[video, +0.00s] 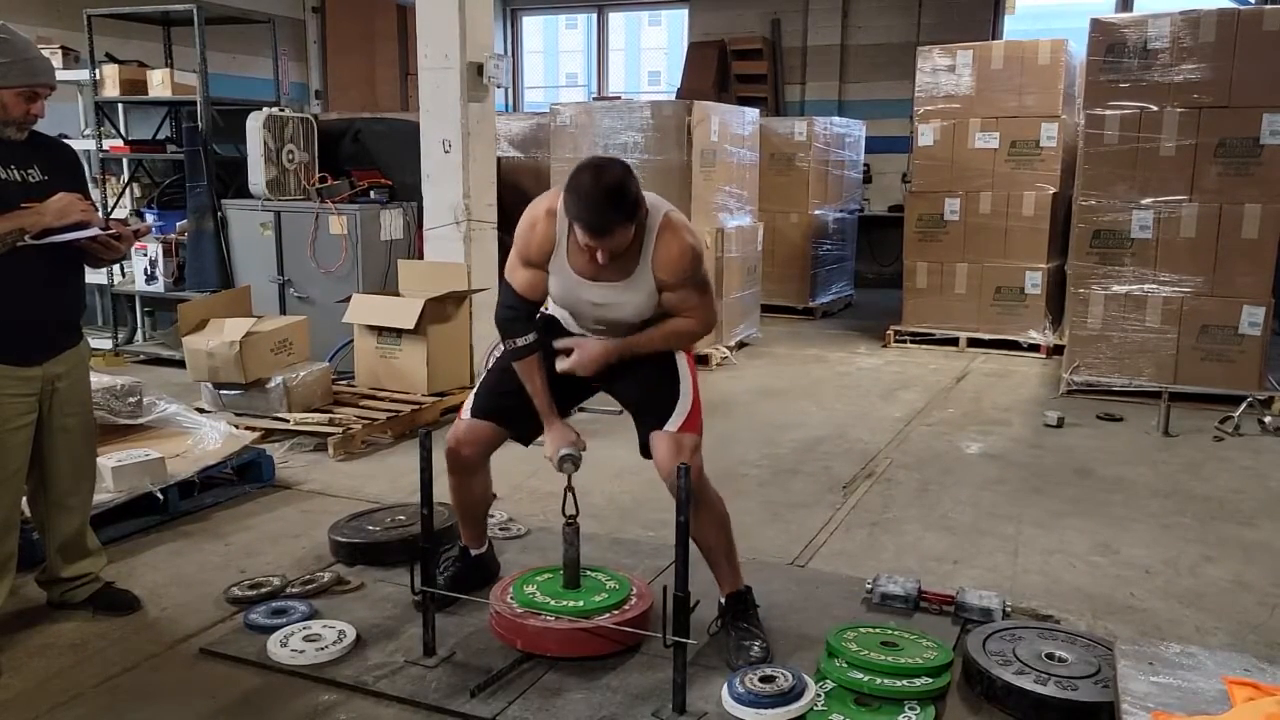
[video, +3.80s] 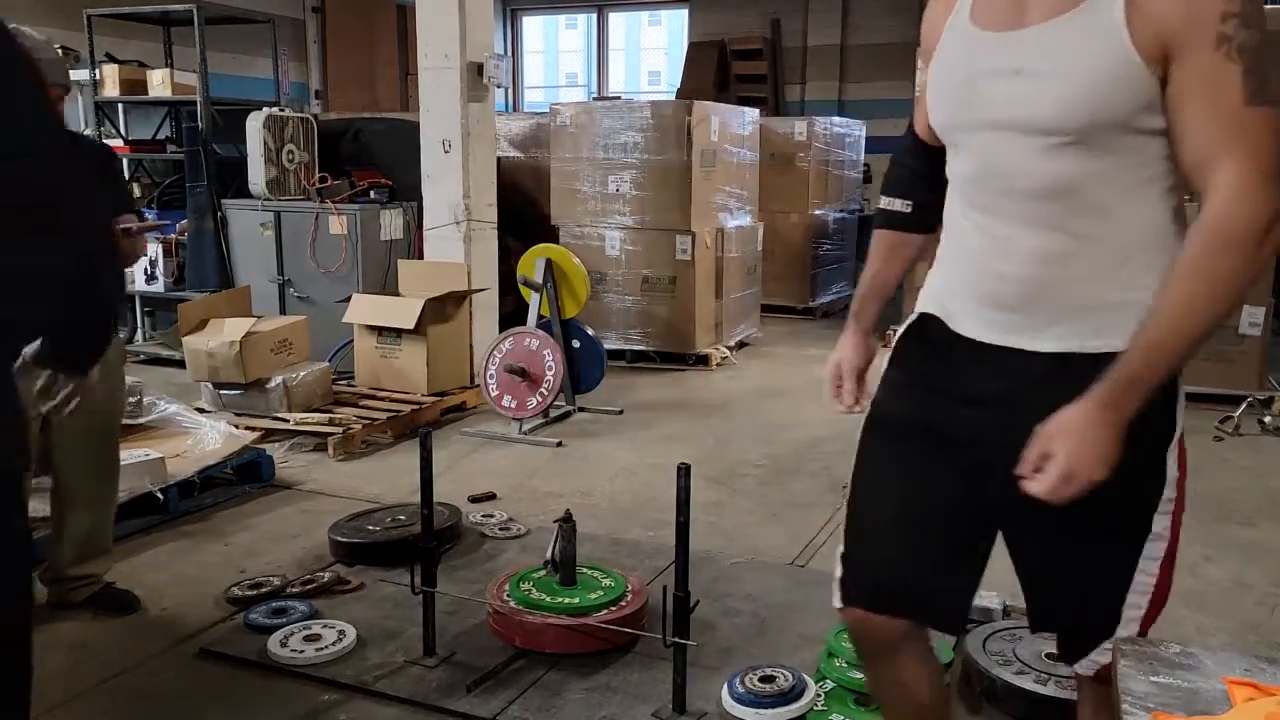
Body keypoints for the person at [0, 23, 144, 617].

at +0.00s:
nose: (38, 108)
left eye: (44, 96)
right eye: (28, 96)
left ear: (47, 92)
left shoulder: (59, 156)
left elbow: (84, 245)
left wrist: (109, 249)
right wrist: (38, 217)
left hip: (64, 346)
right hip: (5, 355)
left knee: (69, 474)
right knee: (6, 490)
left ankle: (74, 580)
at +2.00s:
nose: (61, 113)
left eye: (67, 101)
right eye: (51, 100)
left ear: (67, 98)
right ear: (11, 94)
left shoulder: (72, 161)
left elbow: (85, 253)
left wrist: (120, 251)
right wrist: (51, 231)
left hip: (67, 352)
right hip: (7, 361)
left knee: (69, 476)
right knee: (7, 492)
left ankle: (73, 581)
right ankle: (1, 598)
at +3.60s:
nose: (32, 106)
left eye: (41, 94)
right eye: (19, 93)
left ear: (51, 95)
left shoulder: (76, 159)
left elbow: (107, 241)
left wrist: (121, 248)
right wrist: (22, 210)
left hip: (81, 351)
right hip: (9, 362)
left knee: (86, 474)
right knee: (8, 490)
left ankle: (76, 580)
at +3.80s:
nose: (58, 100)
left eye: (58, 88)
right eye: (51, 90)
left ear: (55, 94)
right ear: (38, 93)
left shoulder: (88, 159)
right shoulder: (74, 162)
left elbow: (108, 248)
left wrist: (120, 246)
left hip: (84, 339)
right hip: (32, 344)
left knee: (86, 468)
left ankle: (76, 582)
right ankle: (62, 581)